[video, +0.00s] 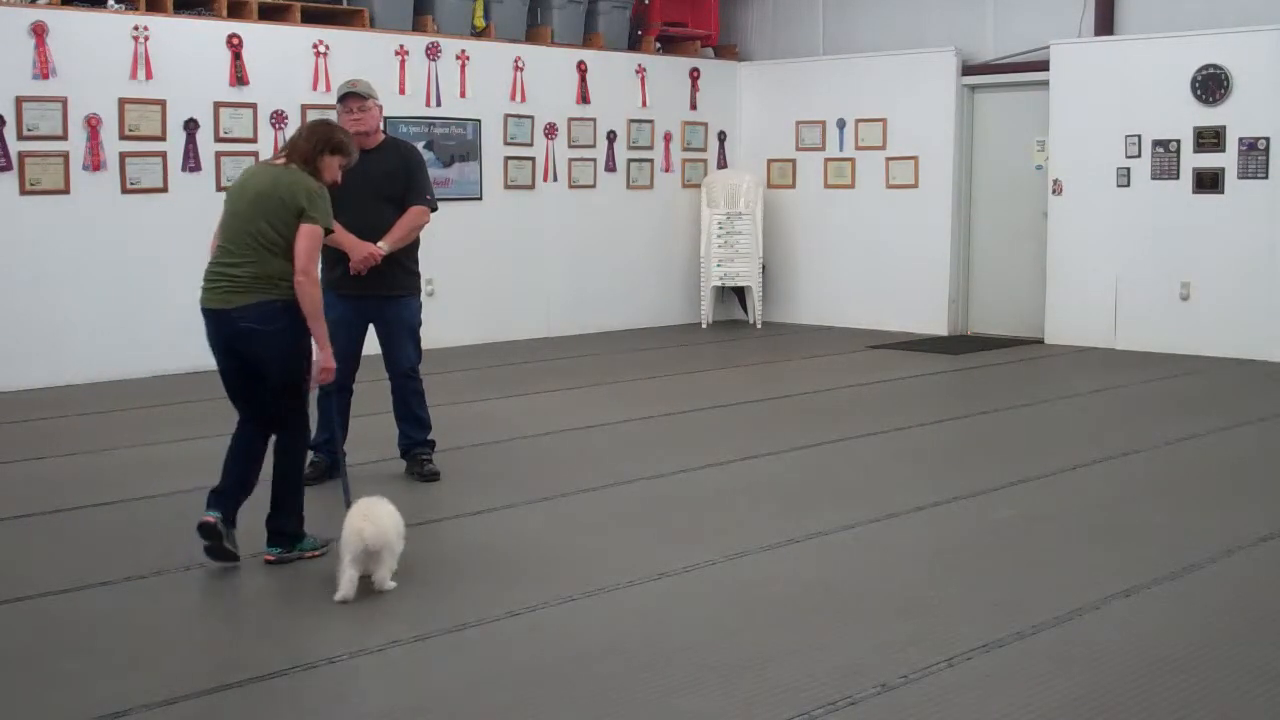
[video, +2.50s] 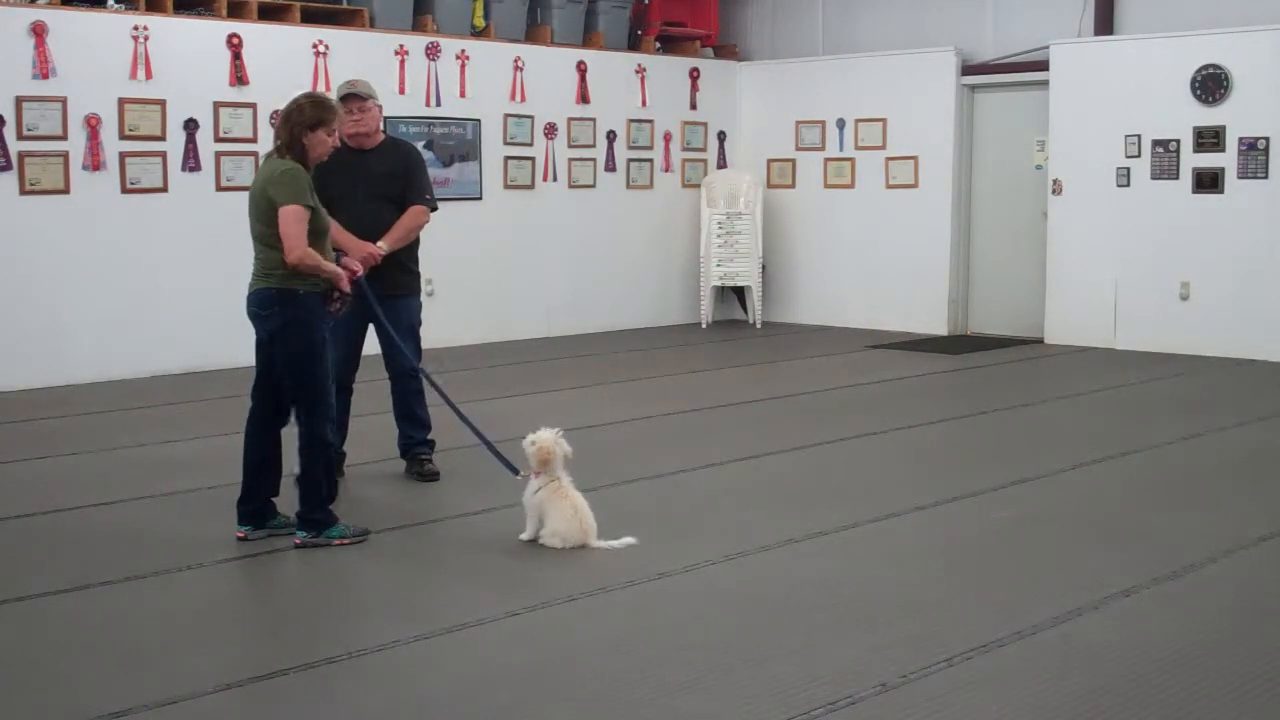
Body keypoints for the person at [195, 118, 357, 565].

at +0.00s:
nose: (340, 176)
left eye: (345, 167)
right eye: (340, 165)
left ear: (297, 151)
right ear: (318, 153)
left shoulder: (250, 176)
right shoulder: (314, 194)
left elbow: (218, 245)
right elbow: (305, 276)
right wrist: (324, 347)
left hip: (220, 312)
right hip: (273, 314)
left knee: (255, 417)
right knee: (293, 424)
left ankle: (219, 512)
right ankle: (286, 537)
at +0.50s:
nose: (336, 156)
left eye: (339, 147)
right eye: (332, 145)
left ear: (297, 137)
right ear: (308, 136)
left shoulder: (263, 168)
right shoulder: (294, 177)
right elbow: (279, 251)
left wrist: (328, 246)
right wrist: (329, 305)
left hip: (251, 301)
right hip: (283, 303)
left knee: (275, 409)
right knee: (321, 408)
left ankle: (256, 514)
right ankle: (289, 519)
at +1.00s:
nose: (341, 149)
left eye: (344, 141)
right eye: (338, 140)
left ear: (306, 133)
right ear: (315, 133)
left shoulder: (276, 169)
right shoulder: (301, 179)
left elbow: (316, 228)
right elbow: (290, 255)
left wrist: (353, 246)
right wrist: (345, 255)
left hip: (274, 299)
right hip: (299, 303)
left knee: (269, 409)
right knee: (313, 412)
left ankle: (256, 513)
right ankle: (315, 519)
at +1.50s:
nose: (344, 147)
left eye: (346, 139)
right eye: (340, 138)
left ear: (312, 133)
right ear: (316, 132)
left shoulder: (277, 170)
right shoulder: (302, 176)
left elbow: (293, 238)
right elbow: (297, 253)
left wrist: (339, 219)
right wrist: (341, 224)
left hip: (272, 299)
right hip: (299, 302)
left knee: (266, 409)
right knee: (311, 412)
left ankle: (256, 514)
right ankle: (316, 519)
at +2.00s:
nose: (336, 144)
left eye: (338, 136)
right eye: (333, 134)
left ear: (302, 131)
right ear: (308, 131)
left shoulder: (276, 170)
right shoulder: (294, 176)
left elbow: (294, 238)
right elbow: (287, 252)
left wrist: (338, 244)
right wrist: (334, 221)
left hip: (274, 298)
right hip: (295, 302)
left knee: (266, 408)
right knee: (310, 411)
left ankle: (256, 515)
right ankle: (316, 519)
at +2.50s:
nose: (334, 144)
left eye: (335, 135)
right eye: (331, 134)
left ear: (301, 132)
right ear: (308, 132)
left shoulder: (279, 171)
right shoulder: (290, 176)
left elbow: (310, 234)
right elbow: (296, 253)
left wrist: (339, 258)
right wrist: (334, 271)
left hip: (276, 299)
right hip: (293, 302)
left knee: (268, 410)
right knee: (318, 412)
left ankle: (255, 514)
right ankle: (316, 519)